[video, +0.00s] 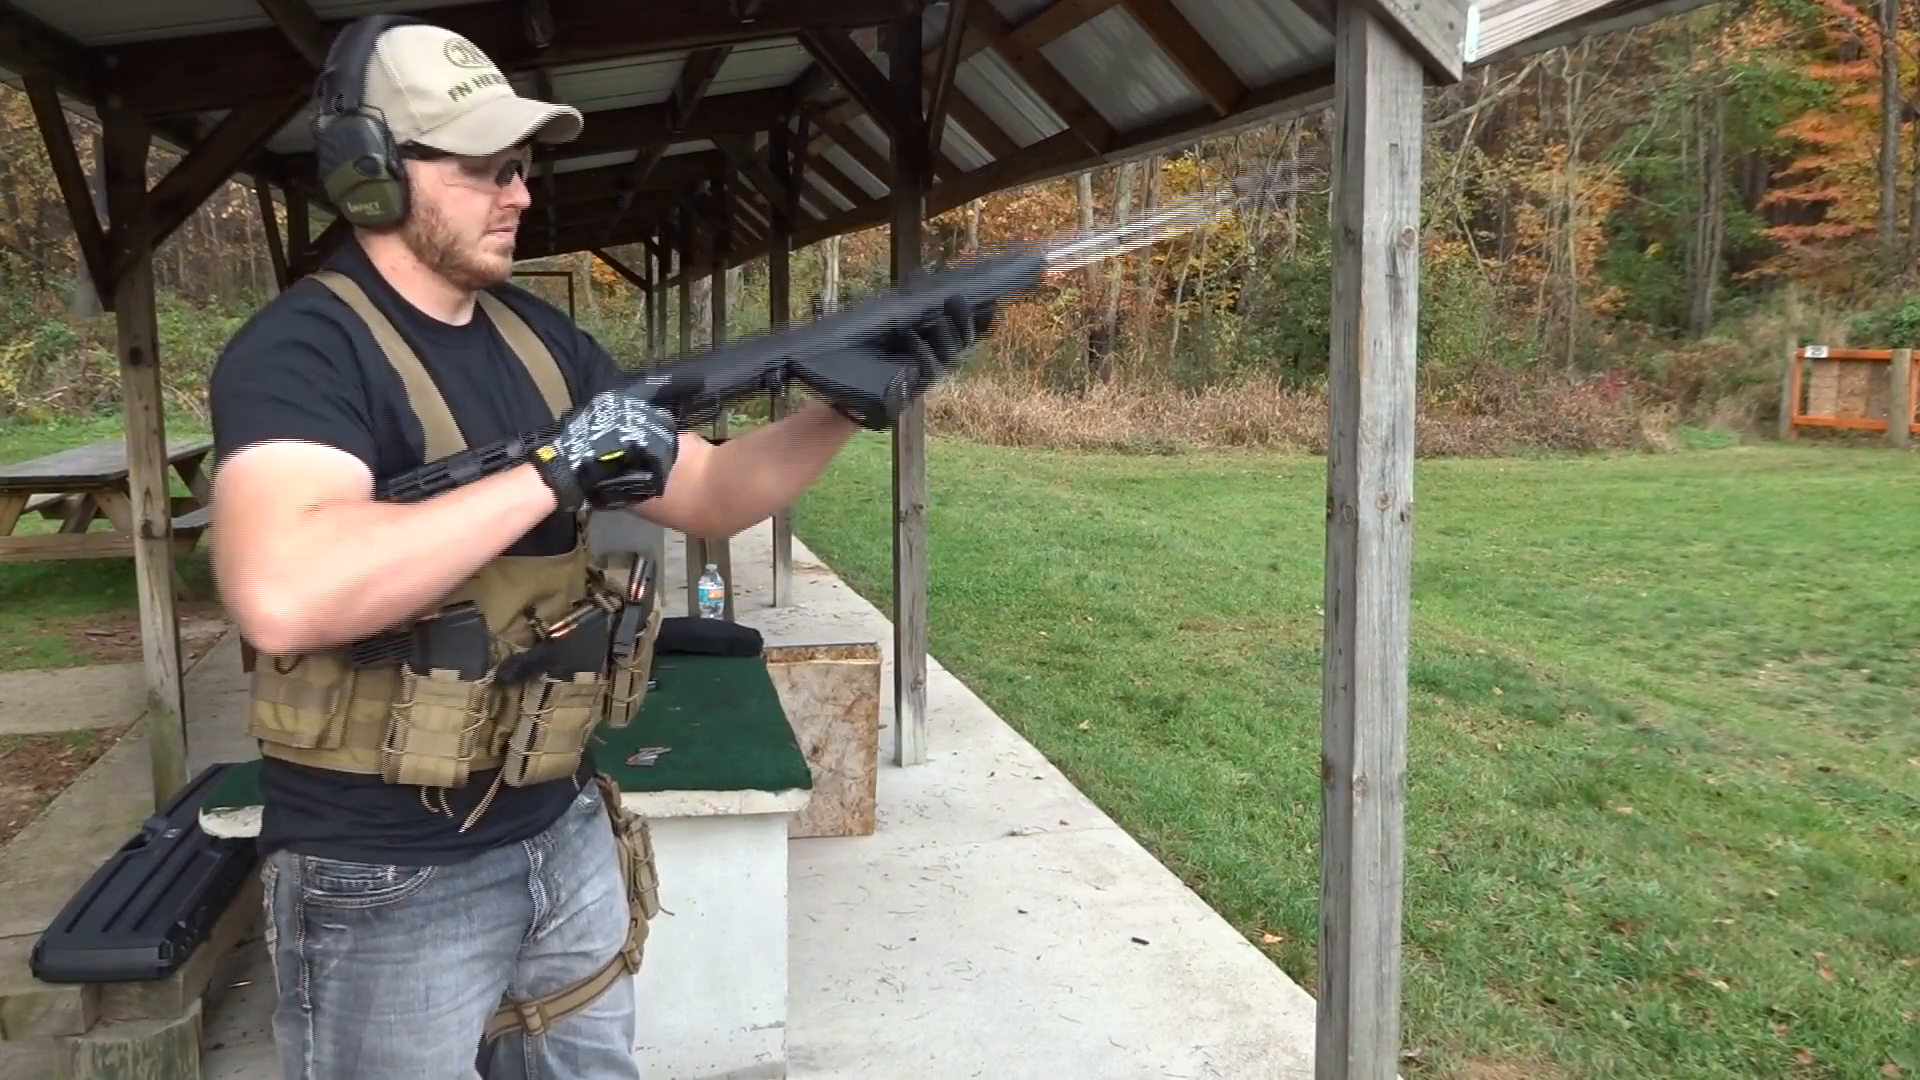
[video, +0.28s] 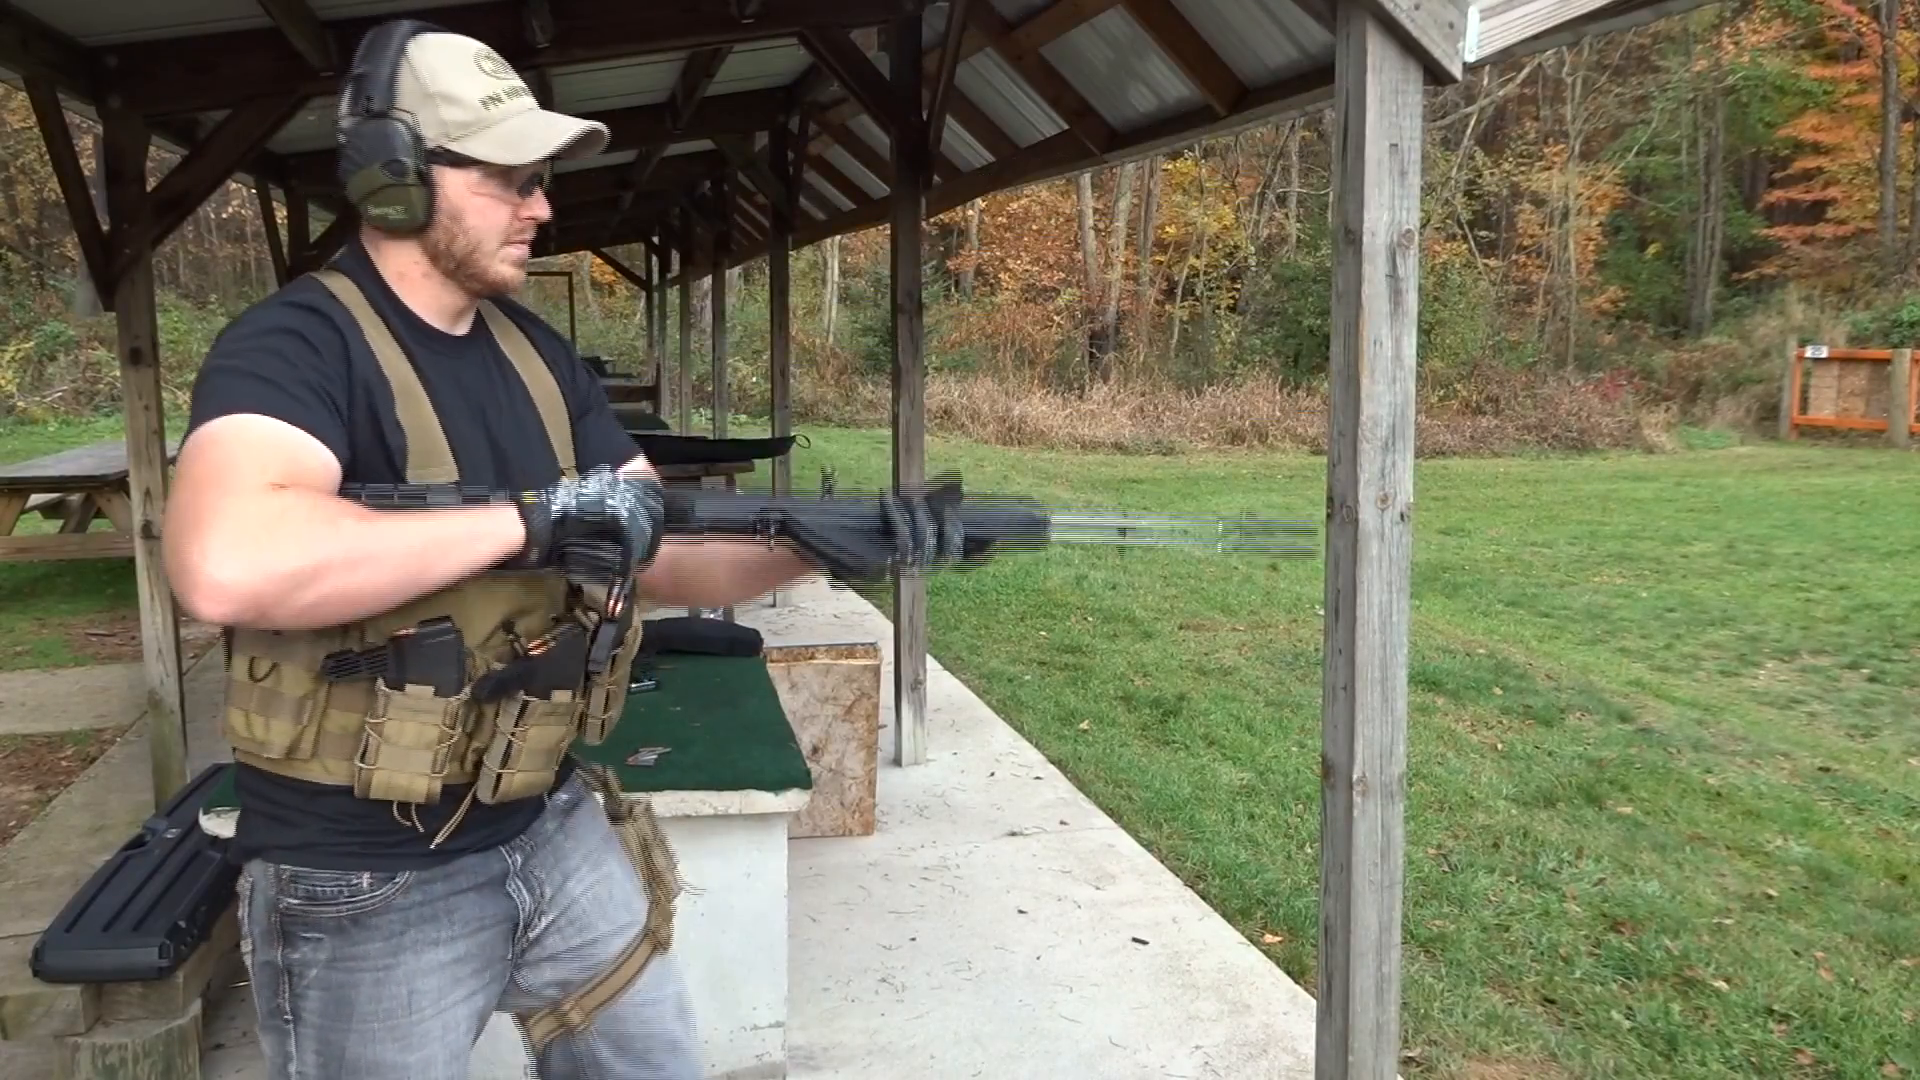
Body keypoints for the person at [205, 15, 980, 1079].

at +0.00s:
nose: (521, 195)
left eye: (520, 165)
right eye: (482, 171)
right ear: (375, 180)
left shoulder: (540, 336)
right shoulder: (299, 353)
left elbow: (707, 493)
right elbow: (285, 596)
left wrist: (847, 400)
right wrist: (558, 469)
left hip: (564, 839)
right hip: (388, 888)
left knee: (594, 1065)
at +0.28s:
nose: (543, 210)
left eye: (541, 182)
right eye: (512, 182)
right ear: (394, 184)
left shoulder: (539, 352)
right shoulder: (293, 347)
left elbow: (636, 556)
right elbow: (230, 567)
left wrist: (808, 548)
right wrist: (537, 522)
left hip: (557, 833)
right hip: (368, 892)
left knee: (657, 1060)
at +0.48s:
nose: (615, 224)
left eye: (613, 197)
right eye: (585, 196)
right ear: (473, 197)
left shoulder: (596, 375)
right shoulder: (358, 352)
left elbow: (684, 573)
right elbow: (254, 584)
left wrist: (821, 654)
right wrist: (567, 576)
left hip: (580, 842)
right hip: (390, 889)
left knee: (676, 1066)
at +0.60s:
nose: (708, 250)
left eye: (709, 225)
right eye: (681, 220)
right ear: (577, 217)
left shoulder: (667, 394)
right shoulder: (442, 365)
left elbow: (742, 598)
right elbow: (328, 600)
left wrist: (884, 738)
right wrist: (619, 651)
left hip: (627, 850)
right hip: (442, 880)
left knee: (713, 1064)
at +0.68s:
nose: (760, 260)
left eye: (761, 234)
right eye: (733, 231)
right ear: (632, 228)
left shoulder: (718, 401)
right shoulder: (495, 366)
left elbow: (772, 610)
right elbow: (381, 601)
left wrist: (901, 764)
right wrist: (656, 670)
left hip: (663, 842)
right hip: (473, 869)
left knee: (739, 1066)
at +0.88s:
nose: (877, 290)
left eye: (875, 265)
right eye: (854, 263)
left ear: (778, 266)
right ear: (762, 260)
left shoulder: (801, 432)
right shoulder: (619, 366)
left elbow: (845, 631)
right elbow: (509, 580)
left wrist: (948, 783)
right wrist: (755, 677)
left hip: (690, 836)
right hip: (508, 851)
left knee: (766, 1066)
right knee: (445, 1067)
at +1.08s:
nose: (834, 306)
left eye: (834, 281)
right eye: (811, 279)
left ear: (737, 282)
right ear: (715, 271)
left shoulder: (772, 427)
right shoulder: (577, 380)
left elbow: (878, 616)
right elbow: (624, 582)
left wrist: (1053, 664)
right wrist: (867, 585)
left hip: (651, 832)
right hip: (459, 855)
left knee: (753, 1066)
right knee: (369, 1071)